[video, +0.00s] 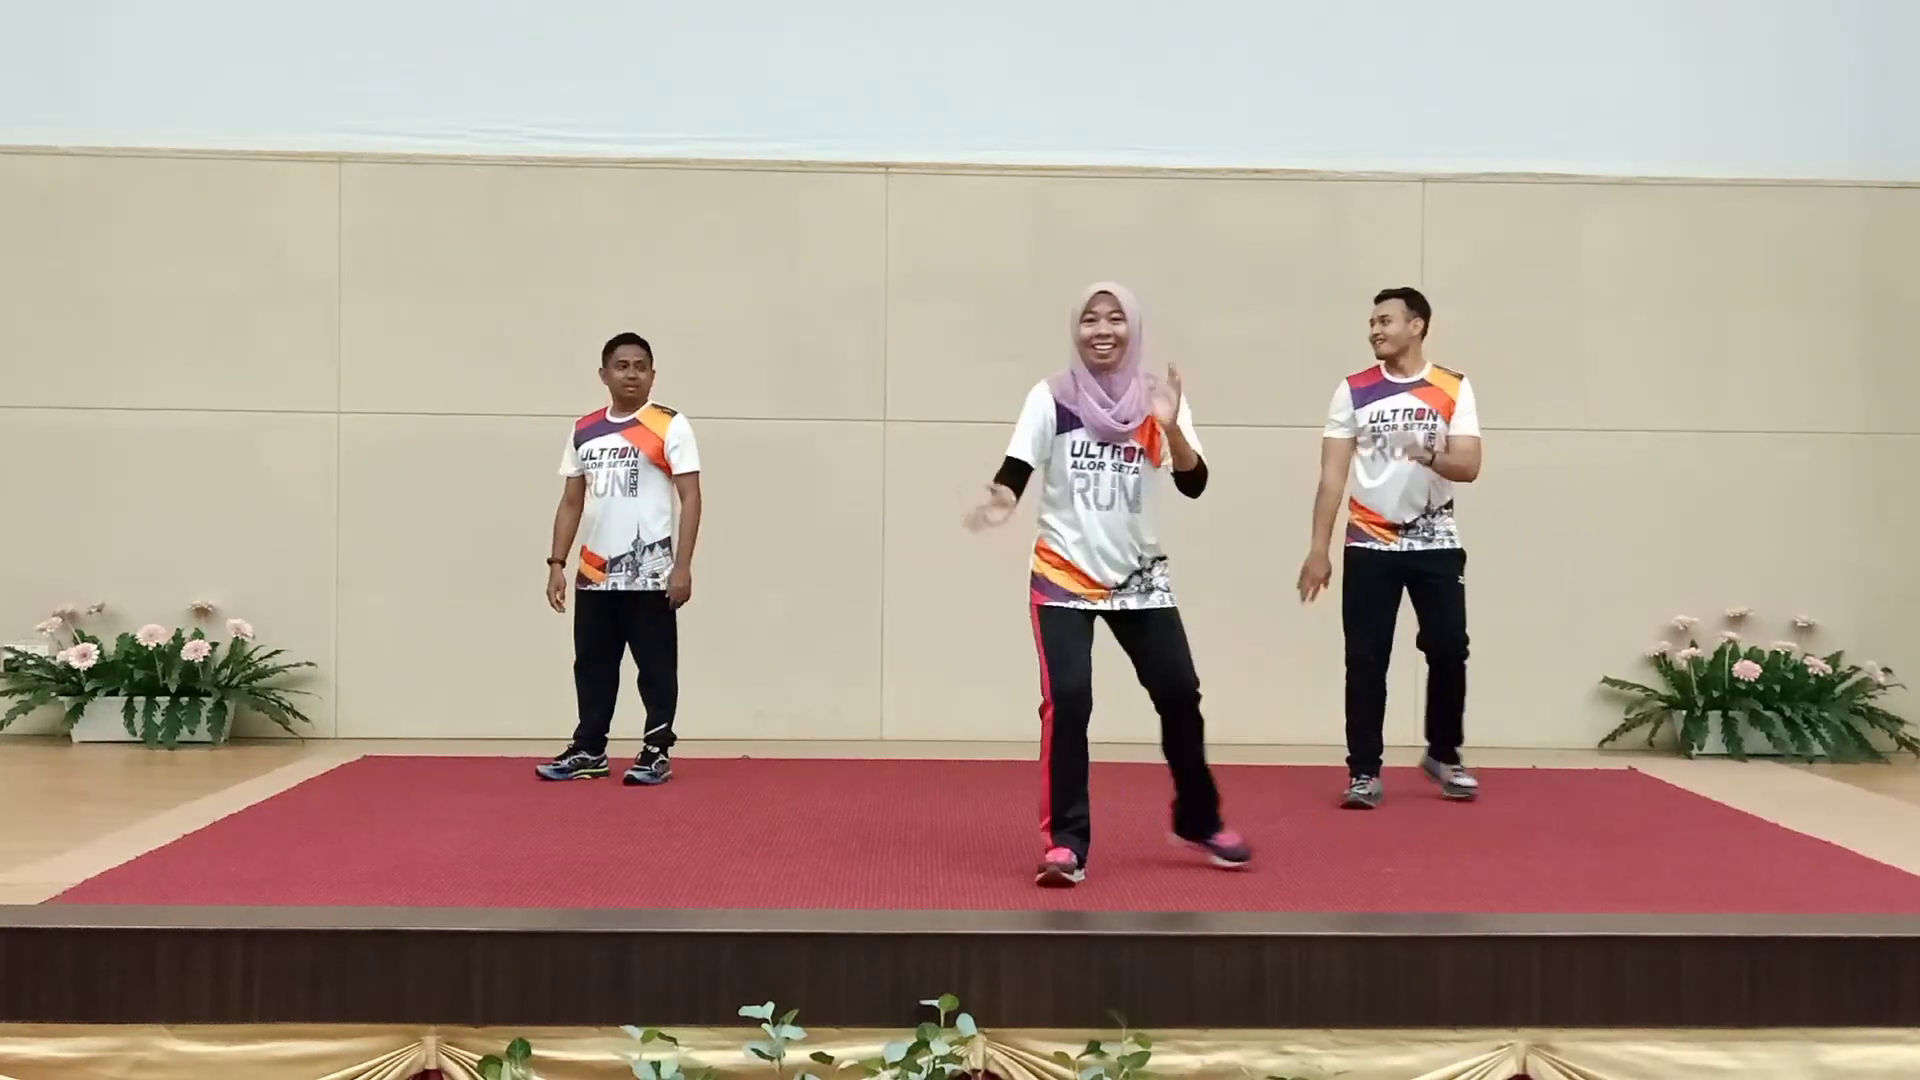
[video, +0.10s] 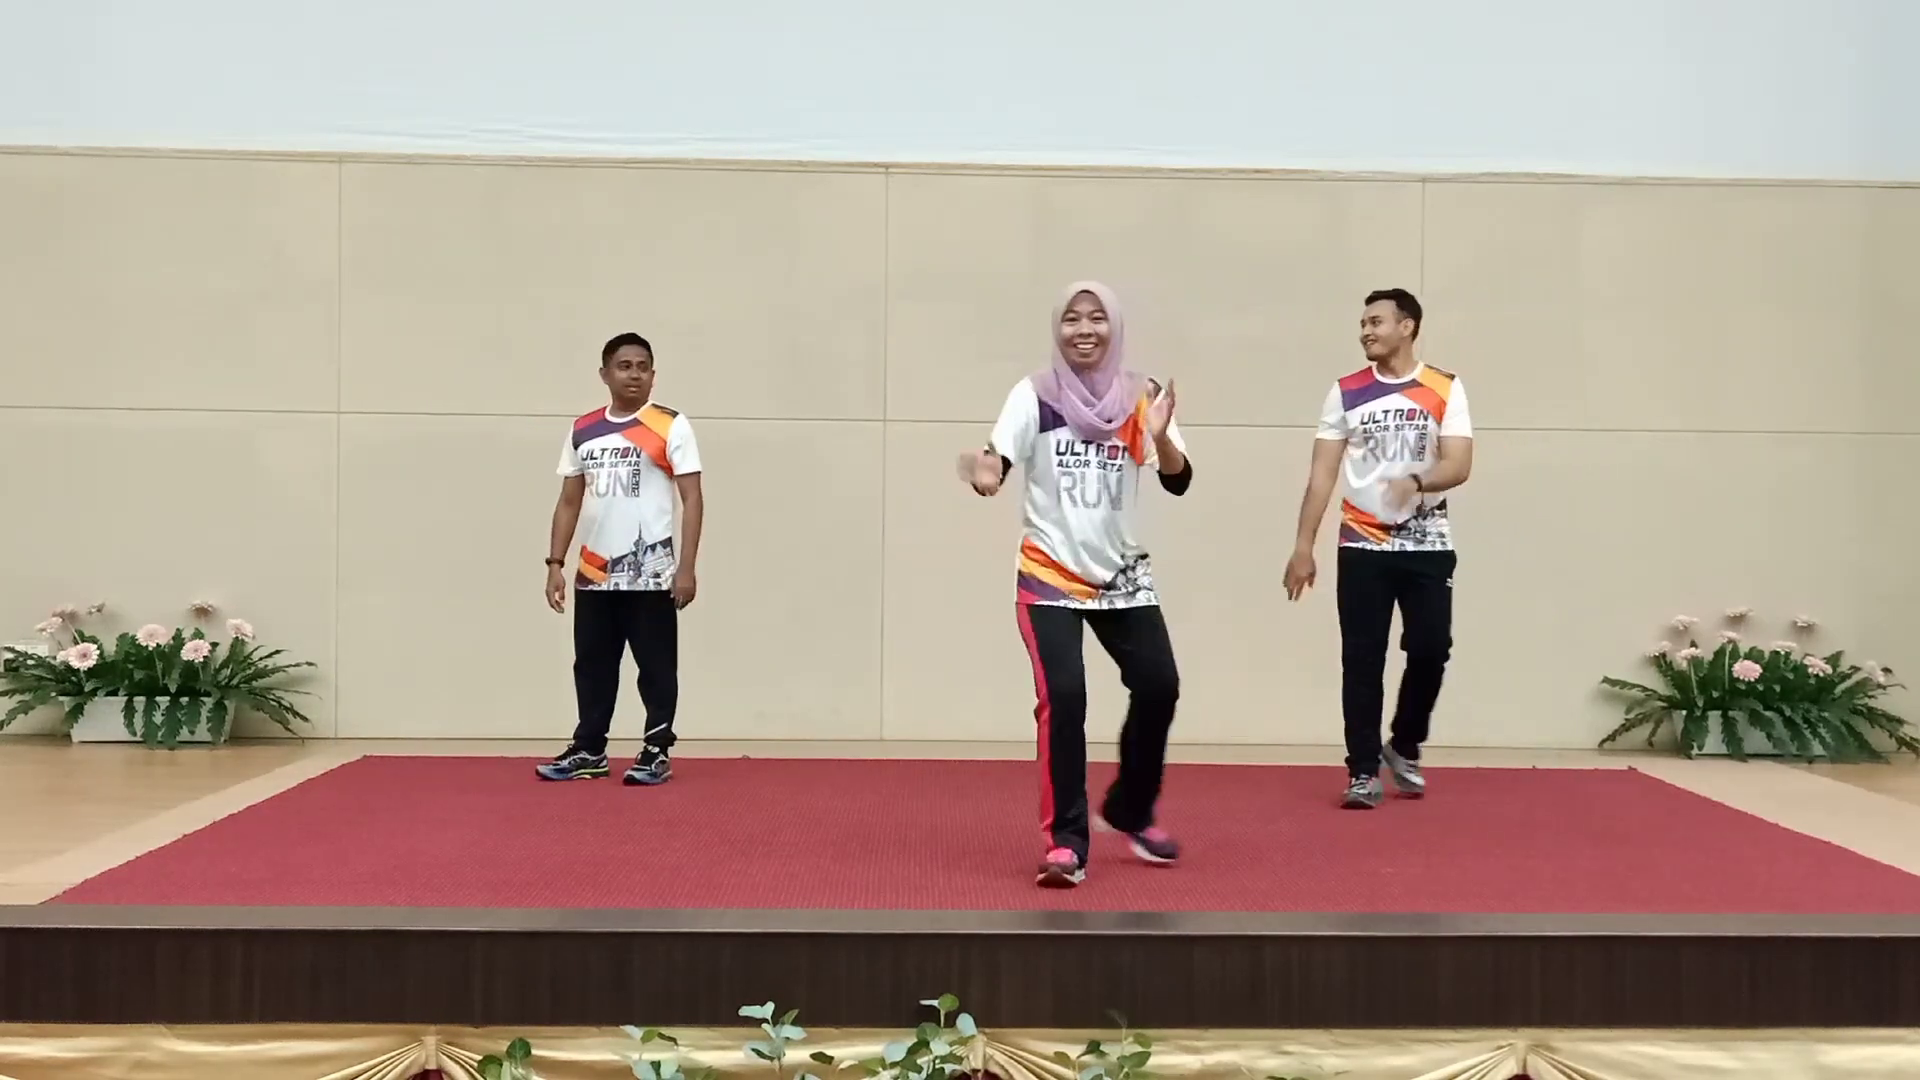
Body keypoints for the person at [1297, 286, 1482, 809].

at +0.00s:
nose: (1375, 328)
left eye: (1386, 320)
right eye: (1372, 322)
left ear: (1418, 327)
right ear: (1371, 331)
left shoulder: (1454, 390)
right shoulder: (1352, 392)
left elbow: (1468, 468)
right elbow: (1332, 475)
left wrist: (1433, 459)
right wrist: (1319, 550)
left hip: (1436, 544)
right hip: (1371, 545)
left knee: (1450, 649)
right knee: (1365, 659)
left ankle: (1443, 756)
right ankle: (1364, 772)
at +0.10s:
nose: (1366, 330)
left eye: (1376, 322)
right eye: (1363, 323)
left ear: (1409, 328)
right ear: (1363, 332)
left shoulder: (1446, 390)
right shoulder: (1345, 393)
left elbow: (1457, 467)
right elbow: (1322, 475)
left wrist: (1417, 482)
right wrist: (1303, 548)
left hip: (1426, 550)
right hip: (1364, 549)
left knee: (1431, 650)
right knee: (1362, 658)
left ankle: (1404, 747)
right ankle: (1363, 770)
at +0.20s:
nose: (1354, 335)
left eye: (1364, 327)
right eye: (1351, 328)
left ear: (1396, 332)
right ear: (1355, 335)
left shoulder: (1433, 393)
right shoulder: (1336, 397)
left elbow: (1439, 473)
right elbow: (1311, 470)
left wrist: (1404, 537)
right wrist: (1284, 540)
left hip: (1409, 549)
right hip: (1350, 547)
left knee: (1393, 660)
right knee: (1354, 658)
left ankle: (1364, 755)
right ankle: (1361, 771)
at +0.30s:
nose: (1350, 335)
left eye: (1360, 327)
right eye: (1348, 328)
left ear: (1393, 334)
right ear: (1353, 336)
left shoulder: (1428, 396)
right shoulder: (1334, 397)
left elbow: (1432, 481)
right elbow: (1309, 472)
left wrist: (1410, 554)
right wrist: (1281, 540)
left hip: (1401, 551)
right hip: (1345, 547)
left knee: (1385, 661)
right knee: (1351, 659)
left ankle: (1361, 763)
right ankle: (1358, 770)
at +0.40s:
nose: (1340, 332)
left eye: (1350, 324)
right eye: (1339, 324)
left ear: (1383, 332)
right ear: (1341, 332)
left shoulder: (1419, 401)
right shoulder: (1324, 394)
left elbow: (1429, 486)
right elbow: (1305, 469)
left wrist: (1418, 563)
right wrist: (1286, 539)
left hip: (1393, 551)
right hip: (1335, 545)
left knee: (1378, 660)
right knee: (1341, 654)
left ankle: (1364, 762)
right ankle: (1342, 765)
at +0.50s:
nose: (1334, 332)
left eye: (1344, 324)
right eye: (1334, 324)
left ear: (1377, 331)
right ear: (1340, 332)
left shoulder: (1414, 398)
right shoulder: (1318, 394)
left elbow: (1428, 483)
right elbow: (1299, 470)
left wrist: (1422, 560)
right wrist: (1288, 542)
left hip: (1389, 549)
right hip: (1329, 542)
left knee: (1375, 661)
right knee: (1330, 650)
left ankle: (1360, 762)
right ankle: (1326, 761)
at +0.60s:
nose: (1321, 333)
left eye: (1331, 326)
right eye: (1321, 326)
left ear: (1363, 331)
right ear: (1331, 333)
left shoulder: (1404, 398)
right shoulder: (1306, 394)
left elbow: (1424, 480)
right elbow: (1292, 474)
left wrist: (1420, 554)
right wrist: (1283, 547)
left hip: (1380, 551)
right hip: (1317, 545)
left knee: (1370, 661)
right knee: (1305, 646)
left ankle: (1359, 763)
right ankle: (1298, 759)